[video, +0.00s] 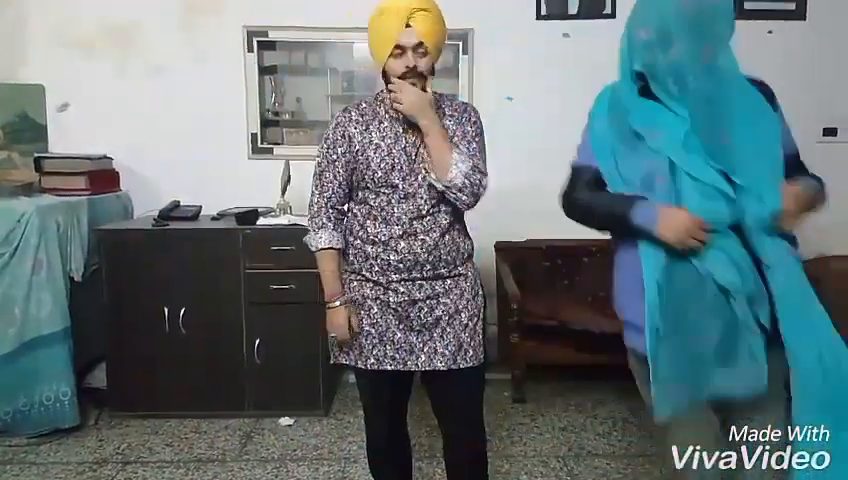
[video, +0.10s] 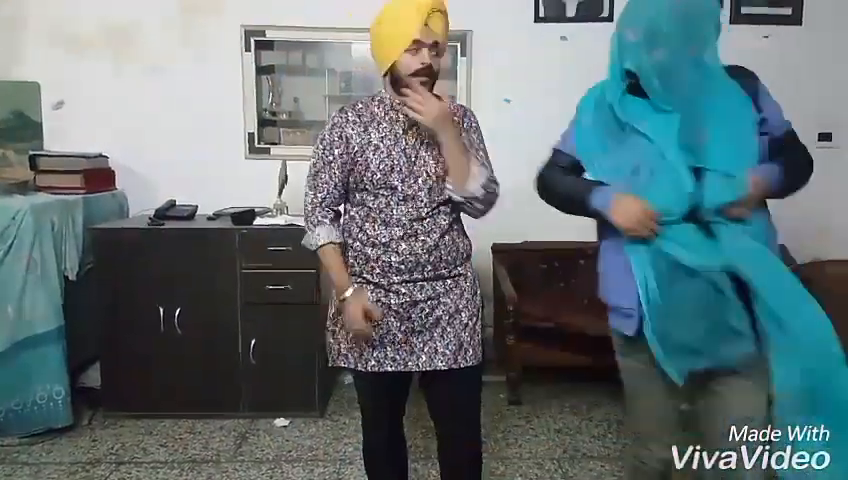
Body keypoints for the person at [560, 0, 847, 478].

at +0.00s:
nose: (683, 54)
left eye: (696, 36)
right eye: (669, 37)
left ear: (717, 34)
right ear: (646, 36)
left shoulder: (753, 99)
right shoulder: (619, 107)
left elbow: (799, 177)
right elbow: (578, 196)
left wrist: (803, 193)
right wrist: (651, 216)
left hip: (758, 322)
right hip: (664, 329)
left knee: (770, 459)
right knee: (698, 461)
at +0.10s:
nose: (655, 59)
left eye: (669, 47)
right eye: (645, 46)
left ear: (698, 38)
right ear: (629, 40)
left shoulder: (738, 89)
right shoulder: (605, 103)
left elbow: (797, 159)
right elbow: (552, 177)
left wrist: (757, 183)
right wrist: (606, 200)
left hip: (734, 316)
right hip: (641, 321)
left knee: (743, 460)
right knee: (653, 460)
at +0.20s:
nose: (645, 66)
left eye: (658, 54)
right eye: (634, 54)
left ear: (684, 43)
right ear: (620, 44)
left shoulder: (720, 90)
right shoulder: (594, 105)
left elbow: (782, 155)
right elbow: (538, 171)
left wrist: (725, 176)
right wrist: (579, 199)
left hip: (715, 306)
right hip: (628, 311)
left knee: (716, 452)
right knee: (643, 454)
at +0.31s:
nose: (630, 71)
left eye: (644, 58)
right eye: (622, 58)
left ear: (668, 53)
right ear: (607, 50)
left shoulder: (704, 105)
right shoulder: (583, 113)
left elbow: (758, 168)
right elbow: (541, 182)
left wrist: (710, 183)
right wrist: (573, 201)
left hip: (695, 303)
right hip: (616, 305)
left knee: (693, 448)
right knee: (645, 446)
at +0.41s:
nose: (625, 105)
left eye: (638, 93)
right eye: (616, 92)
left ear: (656, 93)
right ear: (599, 86)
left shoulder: (681, 150)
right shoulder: (576, 146)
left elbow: (739, 210)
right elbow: (549, 215)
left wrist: (717, 214)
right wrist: (587, 212)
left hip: (667, 305)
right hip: (598, 303)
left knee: (683, 408)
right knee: (649, 404)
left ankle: (672, 470)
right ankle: (627, 472)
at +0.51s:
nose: (619, 119)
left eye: (629, 106)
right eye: (608, 105)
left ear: (644, 104)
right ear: (589, 100)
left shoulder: (667, 163)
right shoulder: (563, 152)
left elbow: (706, 224)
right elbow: (535, 221)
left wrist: (716, 221)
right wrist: (589, 217)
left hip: (660, 323)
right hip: (590, 317)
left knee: (666, 444)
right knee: (621, 411)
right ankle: (606, 465)